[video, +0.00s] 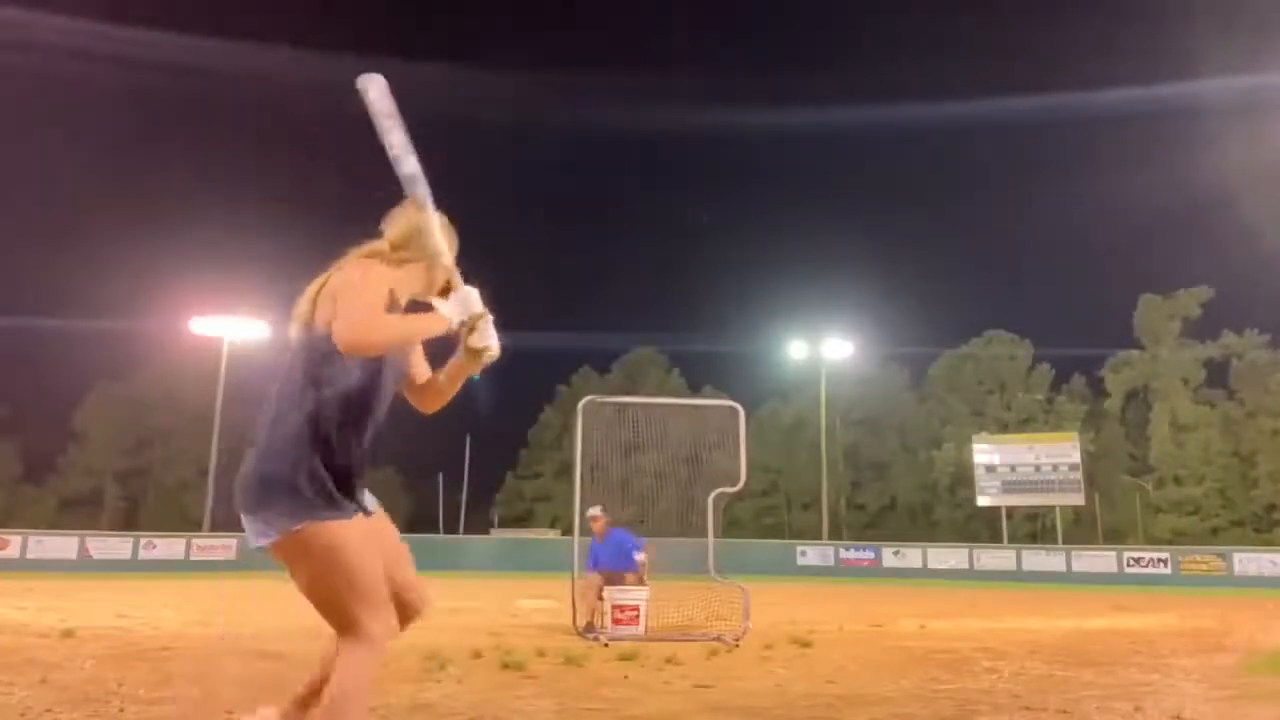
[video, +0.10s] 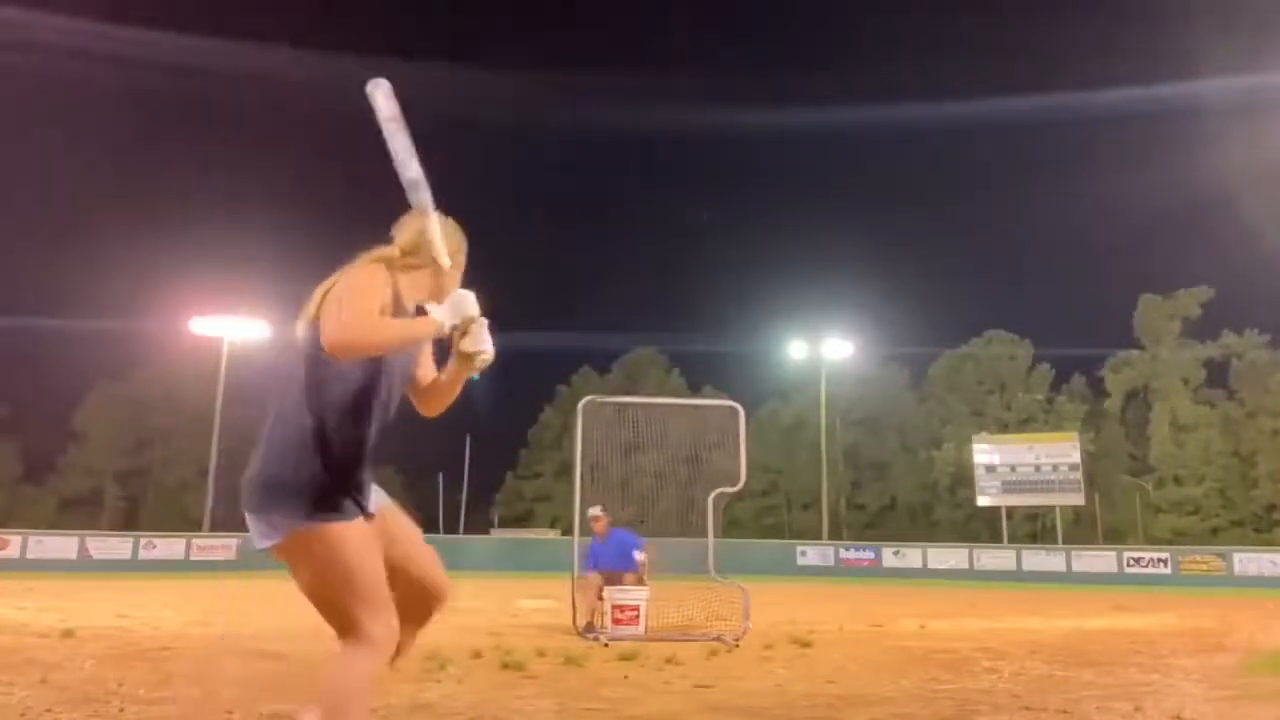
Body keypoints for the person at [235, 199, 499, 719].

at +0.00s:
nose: (442, 286)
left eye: (446, 277)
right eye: (443, 272)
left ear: (406, 255)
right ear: (426, 257)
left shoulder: (396, 315)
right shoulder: (362, 272)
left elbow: (427, 398)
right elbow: (353, 335)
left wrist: (468, 358)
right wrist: (446, 318)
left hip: (335, 484)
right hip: (289, 485)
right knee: (369, 629)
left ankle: (298, 709)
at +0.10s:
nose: (457, 283)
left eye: (459, 273)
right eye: (458, 271)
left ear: (415, 257)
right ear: (442, 263)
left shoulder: (413, 316)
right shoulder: (367, 275)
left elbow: (428, 401)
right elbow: (341, 336)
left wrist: (462, 365)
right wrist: (437, 322)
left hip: (346, 486)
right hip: (299, 489)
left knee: (424, 591)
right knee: (372, 632)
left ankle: (339, 703)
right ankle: (329, 715)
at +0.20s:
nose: (460, 293)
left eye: (464, 284)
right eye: (462, 280)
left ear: (421, 258)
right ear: (443, 268)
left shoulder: (423, 324)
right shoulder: (375, 282)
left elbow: (436, 405)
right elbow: (331, 339)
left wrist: (460, 366)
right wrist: (429, 325)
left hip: (355, 488)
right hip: (304, 493)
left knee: (446, 581)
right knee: (376, 628)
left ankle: (379, 706)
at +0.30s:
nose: (473, 307)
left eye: (476, 299)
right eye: (472, 296)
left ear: (458, 292)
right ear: (450, 285)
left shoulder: (442, 333)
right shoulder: (387, 294)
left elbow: (456, 408)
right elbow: (321, 337)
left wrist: (459, 361)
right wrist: (413, 317)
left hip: (374, 493)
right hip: (316, 500)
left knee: (465, 587)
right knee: (389, 637)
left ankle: (414, 708)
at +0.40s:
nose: (482, 322)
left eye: (486, 315)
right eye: (482, 312)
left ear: (467, 312)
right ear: (460, 298)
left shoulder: (456, 350)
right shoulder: (386, 312)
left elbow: (468, 406)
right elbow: (309, 329)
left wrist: (455, 346)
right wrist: (399, 305)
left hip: (387, 501)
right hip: (325, 504)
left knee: (470, 601)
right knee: (387, 644)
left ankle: (422, 701)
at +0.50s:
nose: (509, 333)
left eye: (510, 322)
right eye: (506, 319)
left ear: (474, 317)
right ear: (481, 312)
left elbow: (484, 403)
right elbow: (308, 317)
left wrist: (453, 334)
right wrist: (396, 302)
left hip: (412, 524)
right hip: (349, 523)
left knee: (457, 627)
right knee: (394, 641)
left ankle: (411, 704)